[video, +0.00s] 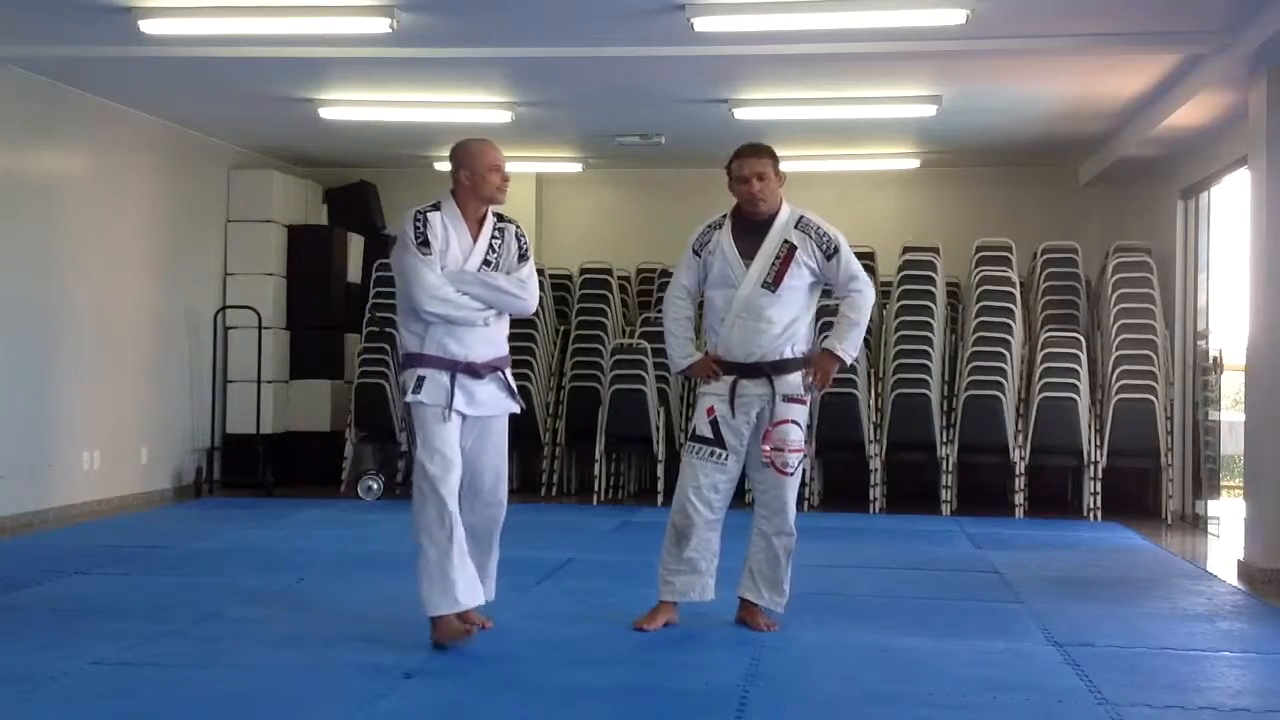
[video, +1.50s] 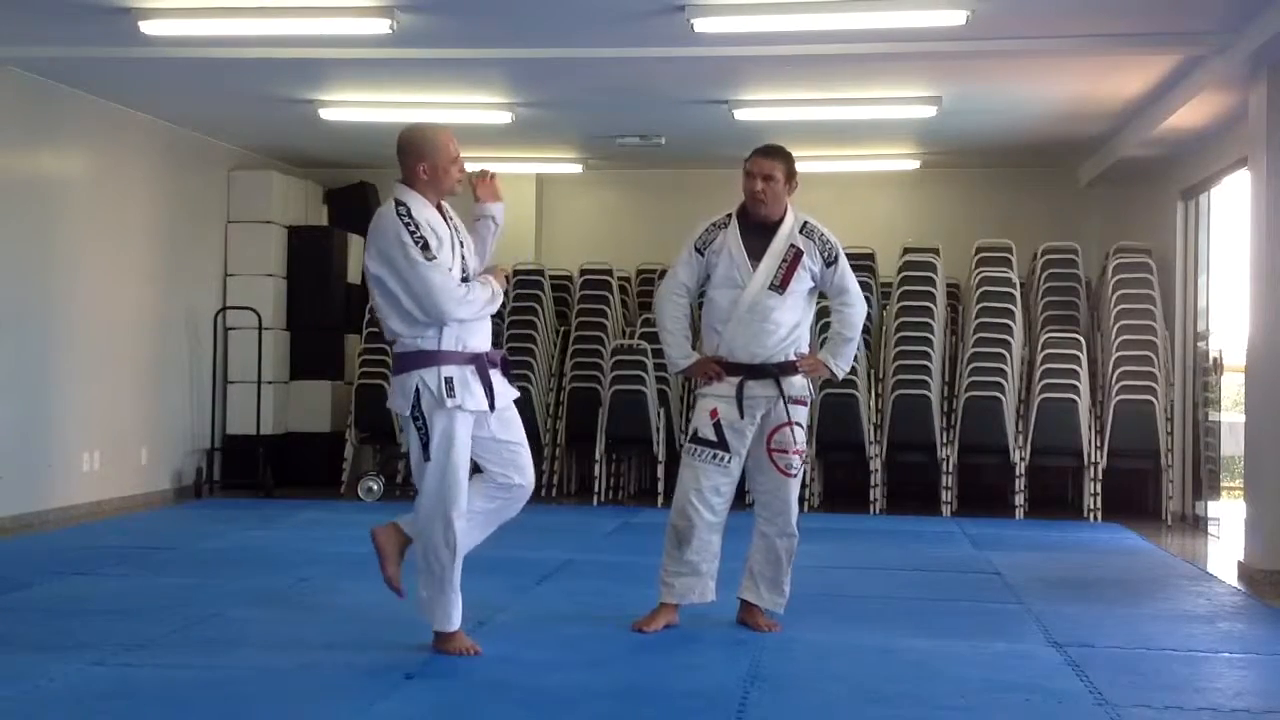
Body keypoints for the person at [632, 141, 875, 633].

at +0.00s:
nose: (753, 187)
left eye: (762, 177)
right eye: (742, 180)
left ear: (780, 181)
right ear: (730, 187)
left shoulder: (813, 235)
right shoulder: (709, 237)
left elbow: (859, 289)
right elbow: (678, 298)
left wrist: (836, 350)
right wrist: (686, 354)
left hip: (786, 387)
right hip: (721, 382)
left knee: (777, 504)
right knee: (694, 497)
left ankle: (755, 602)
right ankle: (670, 600)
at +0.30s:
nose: (770, 197)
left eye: (777, 186)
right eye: (759, 188)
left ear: (791, 185)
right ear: (739, 188)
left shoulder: (814, 237)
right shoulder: (711, 236)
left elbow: (851, 302)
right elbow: (672, 297)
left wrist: (829, 272)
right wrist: (688, 357)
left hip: (790, 387)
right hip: (725, 383)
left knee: (781, 503)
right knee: (698, 498)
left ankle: (755, 601)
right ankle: (672, 601)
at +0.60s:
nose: (776, 202)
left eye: (785, 194)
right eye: (767, 191)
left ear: (796, 193)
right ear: (746, 187)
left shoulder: (813, 236)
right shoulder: (713, 234)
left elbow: (847, 282)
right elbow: (671, 296)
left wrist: (795, 248)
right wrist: (688, 357)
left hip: (788, 388)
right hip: (723, 384)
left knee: (780, 503)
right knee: (696, 499)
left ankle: (755, 602)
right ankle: (671, 601)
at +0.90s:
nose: (766, 204)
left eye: (775, 193)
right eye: (756, 194)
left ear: (786, 190)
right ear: (735, 189)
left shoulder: (810, 240)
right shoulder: (706, 237)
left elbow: (857, 298)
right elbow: (677, 300)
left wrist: (834, 351)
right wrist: (684, 354)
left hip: (783, 386)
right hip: (718, 382)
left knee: (775, 503)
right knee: (692, 497)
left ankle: (755, 602)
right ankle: (670, 601)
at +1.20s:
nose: (762, 200)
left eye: (773, 191)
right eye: (754, 189)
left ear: (788, 190)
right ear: (738, 185)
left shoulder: (812, 237)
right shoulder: (708, 237)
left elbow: (857, 294)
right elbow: (674, 298)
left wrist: (831, 350)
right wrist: (684, 355)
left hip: (782, 385)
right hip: (717, 382)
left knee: (775, 504)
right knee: (691, 498)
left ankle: (756, 603)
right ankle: (670, 601)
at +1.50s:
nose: (758, 187)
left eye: (770, 179)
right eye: (752, 177)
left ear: (790, 187)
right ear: (741, 182)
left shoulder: (816, 242)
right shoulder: (712, 235)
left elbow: (851, 303)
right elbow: (671, 295)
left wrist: (833, 359)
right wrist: (686, 357)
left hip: (785, 392)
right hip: (720, 387)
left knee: (779, 506)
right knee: (694, 500)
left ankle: (755, 602)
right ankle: (670, 602)